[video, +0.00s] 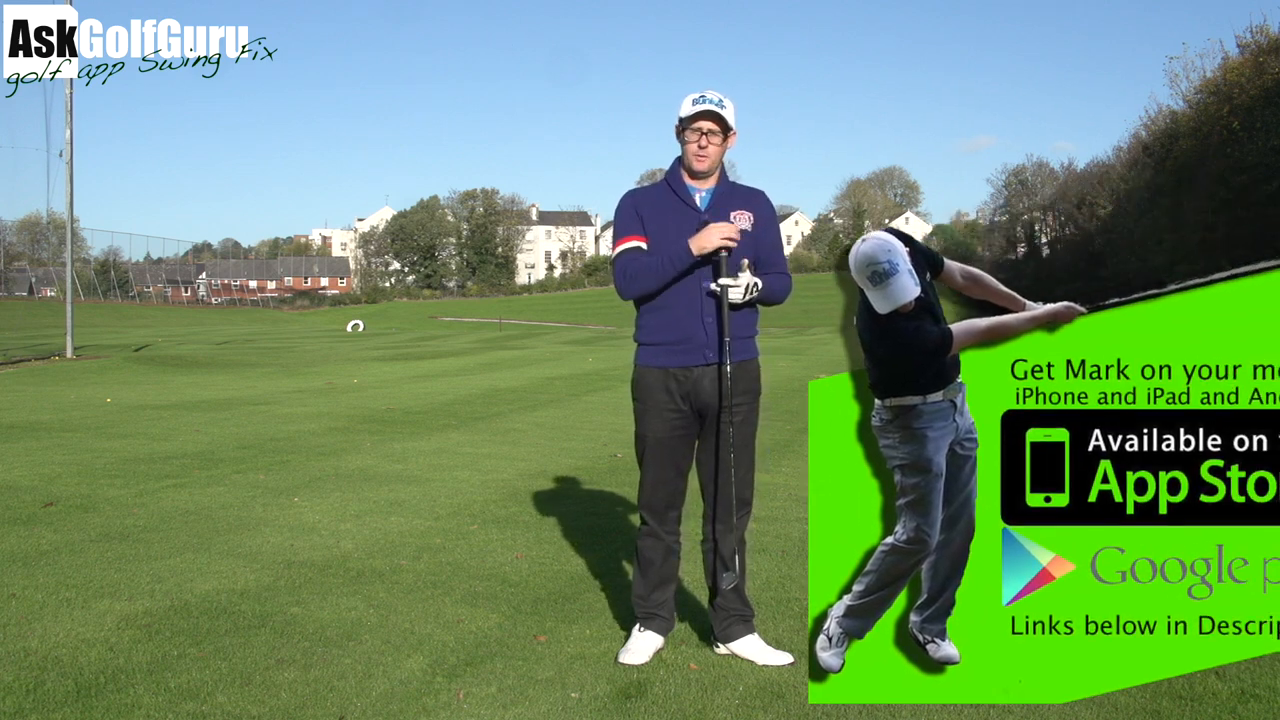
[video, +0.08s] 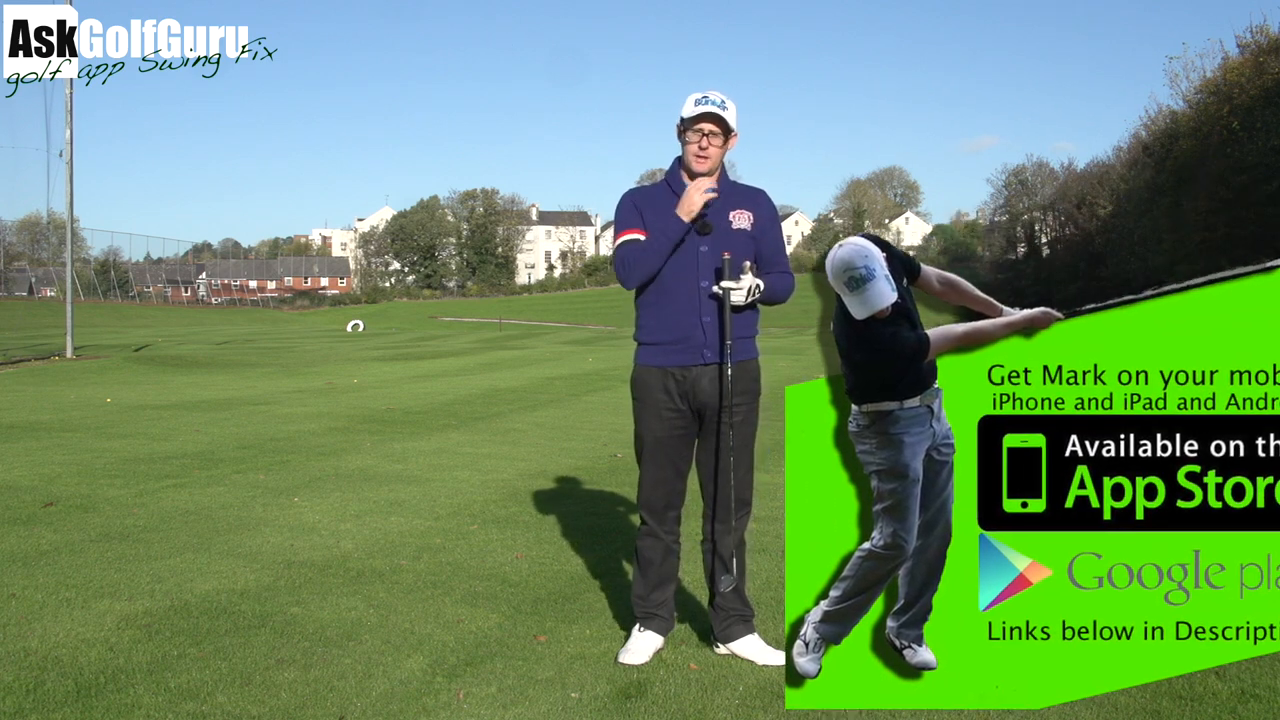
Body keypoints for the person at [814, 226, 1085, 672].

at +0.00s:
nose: (905, 304)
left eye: (907, 290)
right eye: (893, 301)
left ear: (905, 264)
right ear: (867, 288)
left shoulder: (902, 250)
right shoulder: (886, 328)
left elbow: (962, 277)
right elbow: (977, 333)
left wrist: (1027, 306)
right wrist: (1045, 317)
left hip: (953, 406)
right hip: (910, 420)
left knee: (956, 527)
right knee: (917, 535)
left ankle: (928, 623)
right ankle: (844, 621)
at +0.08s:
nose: (881, 310)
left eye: (883, 296)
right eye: (869, 308)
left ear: (882, 269)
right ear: (844, 293)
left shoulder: (878, 255)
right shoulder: (864, 334)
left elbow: (940, 283)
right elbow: (954, 339)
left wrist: (1004, 312)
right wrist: (1023, 322)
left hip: (930, 411)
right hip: (886, 425)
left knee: (933, 533)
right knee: (894, 541)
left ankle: (905, 628)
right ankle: (820, 627)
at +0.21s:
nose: (853, 316)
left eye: (855, 302)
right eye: (841, 314)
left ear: (854, 276)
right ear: (816, 301)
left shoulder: (850, 262)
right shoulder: (837, 341)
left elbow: (910, 289)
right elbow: (931, 344)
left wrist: (976, 319)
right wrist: (995, 329)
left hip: (901, 418)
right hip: (859, 432)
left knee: (904, 539)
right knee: (865, 548)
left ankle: (876, 635)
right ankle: (792, 634)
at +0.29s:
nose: (839, 320)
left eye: (841, 307)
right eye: (827, 318)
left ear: (840, 280)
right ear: (802, 304)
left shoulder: (836, 266)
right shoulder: (823, 345)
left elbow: (895, 292)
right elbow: (916, 348)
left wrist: (961, 322)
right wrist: (980, 332)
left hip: (886, 422)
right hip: (844, 435)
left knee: (890, 543)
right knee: (850, 551)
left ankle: (861, 639)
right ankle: (777, 638)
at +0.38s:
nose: (829, 323)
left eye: (831, 310)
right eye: (817, 320)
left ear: (830, 283)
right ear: (793, 307)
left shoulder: (825, 268)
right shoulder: (814, 349)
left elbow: (886, 295)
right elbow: (907, 350)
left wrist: (952, 325)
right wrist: (969, 335)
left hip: (877, 423)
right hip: (834, 437)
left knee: (880, 545)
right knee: (841, 554)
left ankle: (852, 641)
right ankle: (768, 640)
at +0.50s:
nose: (823, 323)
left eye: (825, 310)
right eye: (811, 321)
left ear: (823, 284)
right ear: (786, 308)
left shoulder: (818, 268)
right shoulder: (809, 351)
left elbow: (880, 296)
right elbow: (899, 352)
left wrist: (946, 327)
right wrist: (963, 337)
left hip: (871, 425)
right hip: (828, 439)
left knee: (874, 547)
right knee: (835, 555)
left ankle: (846, 643)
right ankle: (762, 641)